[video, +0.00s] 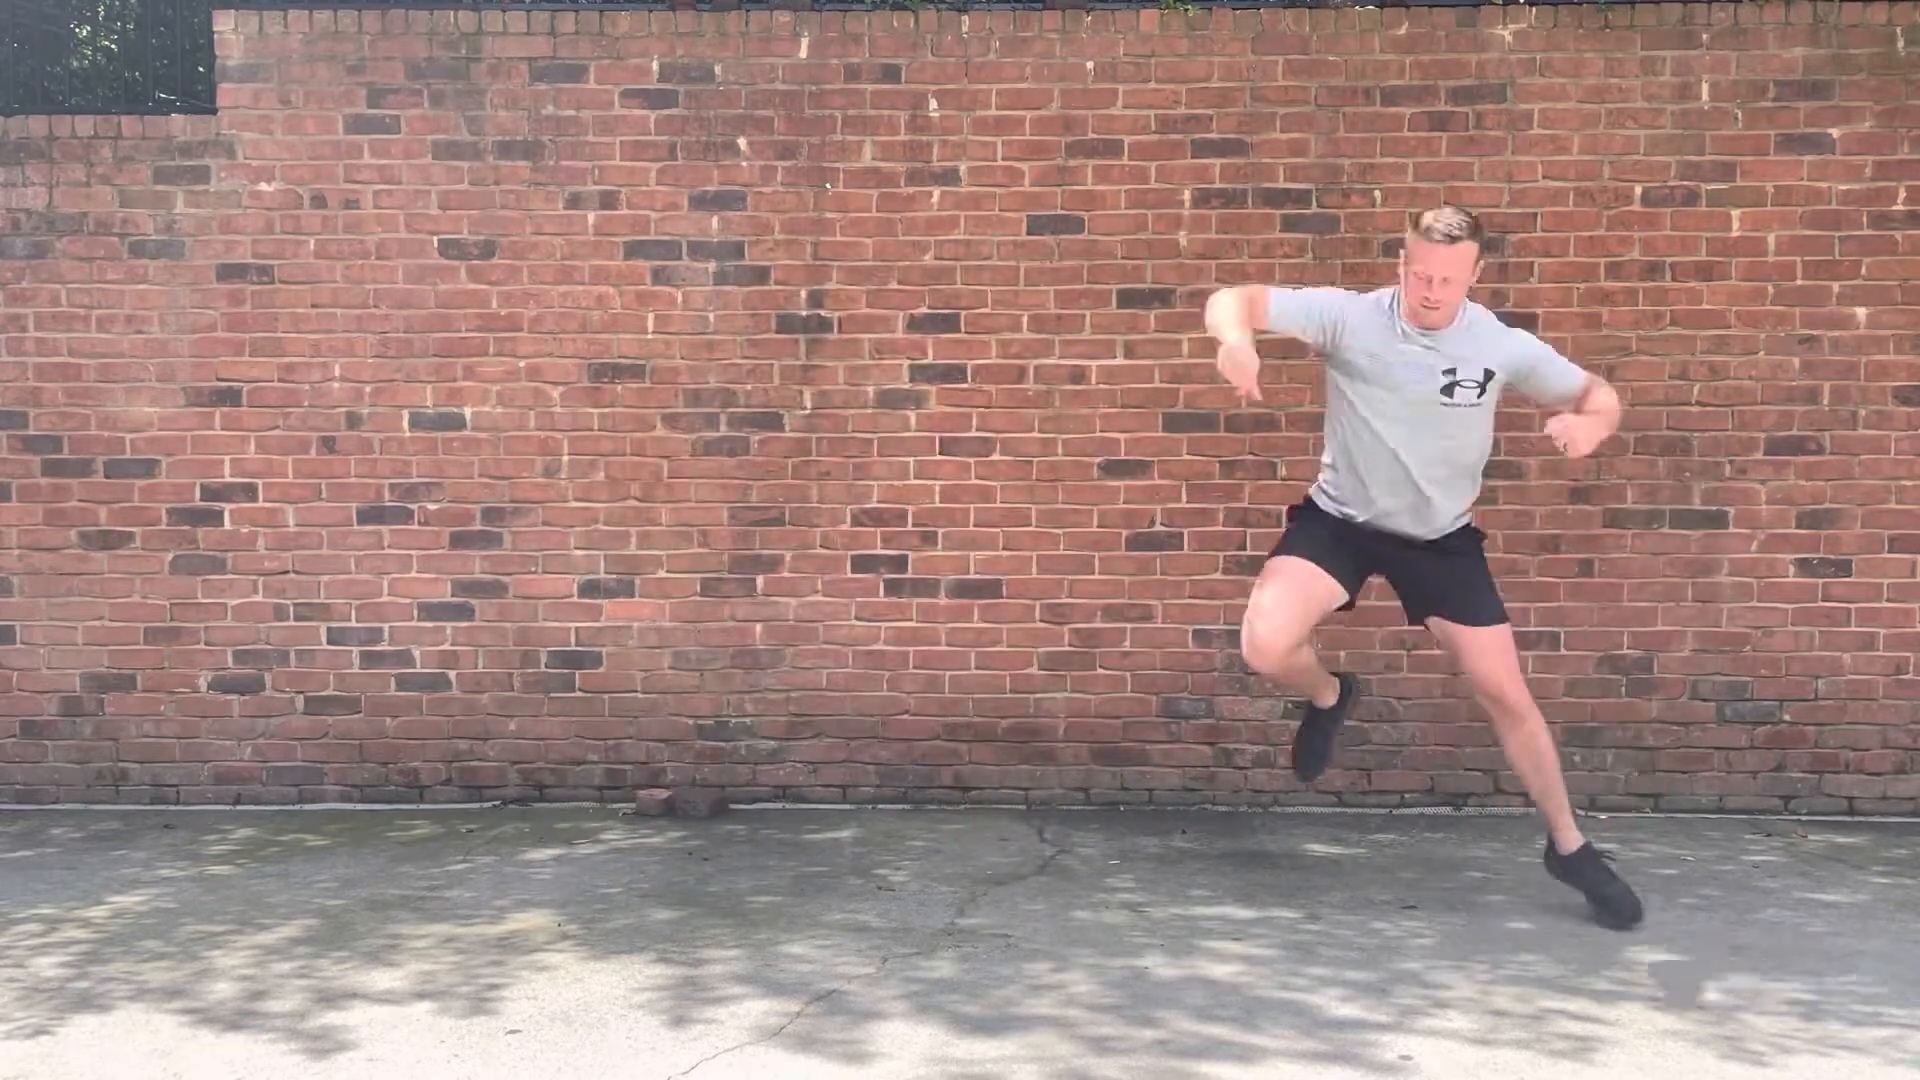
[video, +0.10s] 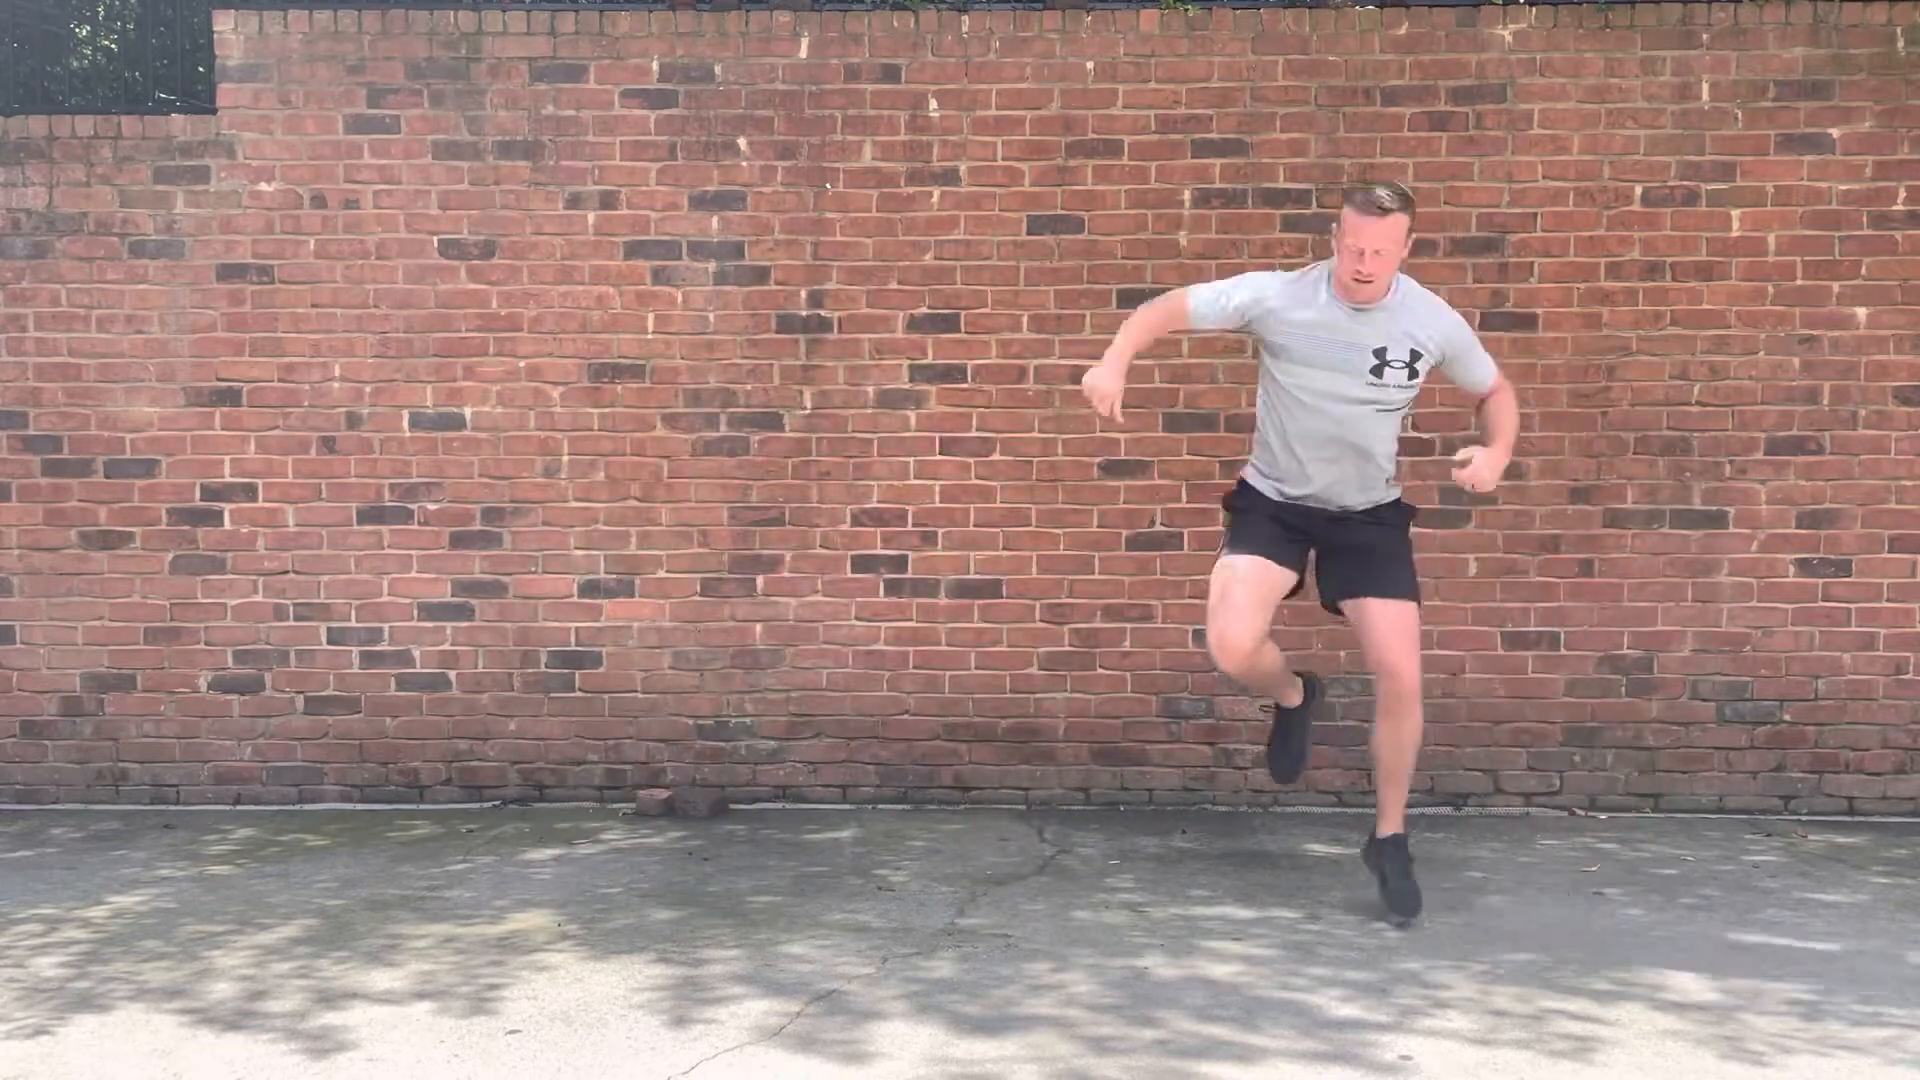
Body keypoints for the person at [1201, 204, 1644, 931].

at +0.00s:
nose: (1431, 293)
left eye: (1448, 281)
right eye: (1421, 276)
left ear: (1473, 277)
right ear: (1402, 263)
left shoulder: (1497, 343)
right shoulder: (1349, 315)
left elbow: (1598, 394)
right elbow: (1229, 301)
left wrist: (1591, 424)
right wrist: (1233, 341)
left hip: (1441, 538)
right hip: (1338, 520)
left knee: (1505, 691)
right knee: (1265, 646)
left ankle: (1569, 845)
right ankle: (1328, 694)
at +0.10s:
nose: (1364, 266)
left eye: (1381, 254)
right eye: (1354, 250)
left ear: (1405, 251)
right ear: (1335, 239)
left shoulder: (1429, 320)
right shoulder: (1276, 297)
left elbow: (1496, 391)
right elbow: (1172, 307)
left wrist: (1497, 451)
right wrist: (1113, 360)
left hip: (1369, 516)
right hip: (1271, 504)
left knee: (1401, 674)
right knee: (1231, 647)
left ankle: (1389, 839)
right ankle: (1294, 698)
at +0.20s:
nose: (1297, 287)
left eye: (1313, 275)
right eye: (1287, 271)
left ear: (1336, 268)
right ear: (1267, 254)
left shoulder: (1356, 344)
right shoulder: (1208, 315)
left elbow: (1392, 420)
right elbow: (1117, 366)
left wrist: (1387, 475)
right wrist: (1084, 442)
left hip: (1295, 532)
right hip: (1203, 523)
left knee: (1281, 696)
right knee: (1186, 681)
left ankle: (1250, 864)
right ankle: (1241, 732)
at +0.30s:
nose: (1220, 328)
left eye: (1236, 315)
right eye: (1210, 311)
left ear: (1266, 313)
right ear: (1194, 302)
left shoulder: (1284, 402)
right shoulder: (1141, 362)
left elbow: (1334, 486)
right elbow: (1076, 422)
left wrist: (1339, 525)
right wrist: (1072, 502)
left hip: (1218, 572)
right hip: (1125, 560)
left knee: (1213, 730)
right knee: (1074, 704)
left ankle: (1221, 879)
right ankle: (1152, 761)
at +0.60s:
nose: (909, 268)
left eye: (925, 255)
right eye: (899, 253)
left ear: (955, 249)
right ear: (886, 246)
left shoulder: (993, 322)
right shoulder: (852, 296)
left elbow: (1088, 385)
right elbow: (765, 310)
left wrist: (1077, 429)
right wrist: (666, 328)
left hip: (960, 515)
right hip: (859, 501)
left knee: (1033, 666)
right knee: (745, 620)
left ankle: (1092, 806)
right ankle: (720, 741)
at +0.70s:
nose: (802, 299)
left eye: (814, 285)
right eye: (790, 285)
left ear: (846, 276)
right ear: (777, 280)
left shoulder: (895, 340)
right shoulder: (750, 331)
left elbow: (988, 379)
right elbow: (679, 358)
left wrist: (975, 429)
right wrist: (595, 383)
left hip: (870, 538)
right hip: (769, 529)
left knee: (943, 694)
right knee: (670, 662)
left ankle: (961, 769)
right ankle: (586, 799)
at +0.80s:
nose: (692, 374)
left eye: (705, 358)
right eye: (680, 359)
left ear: (736, 347)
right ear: (669, 354)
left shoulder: (791, 402)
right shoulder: (650, 408)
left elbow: (880, 432)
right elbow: (605, 446)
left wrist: (831, 484)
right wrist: (548, 482)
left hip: (780, 599)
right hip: (680, 594)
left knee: (833, 751)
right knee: (597, 726)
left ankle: (819, 763)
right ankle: (528, 867)